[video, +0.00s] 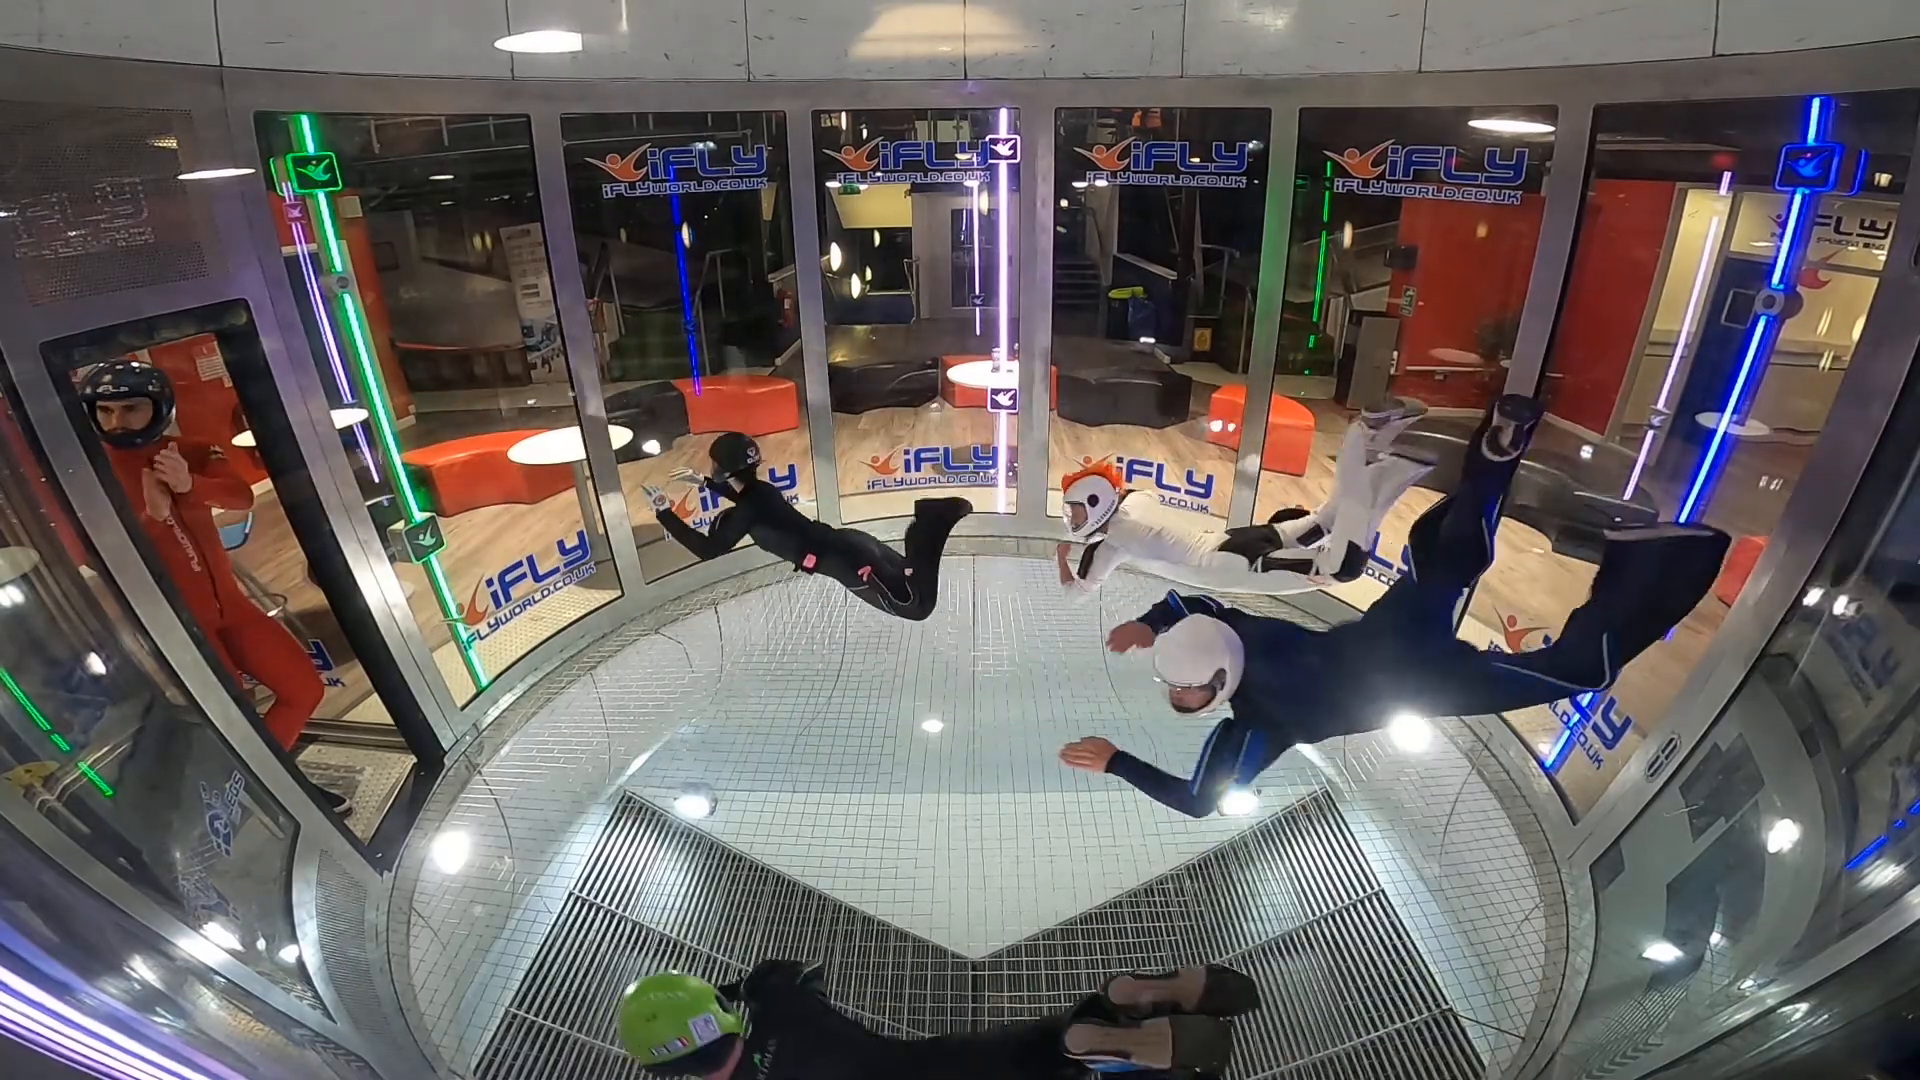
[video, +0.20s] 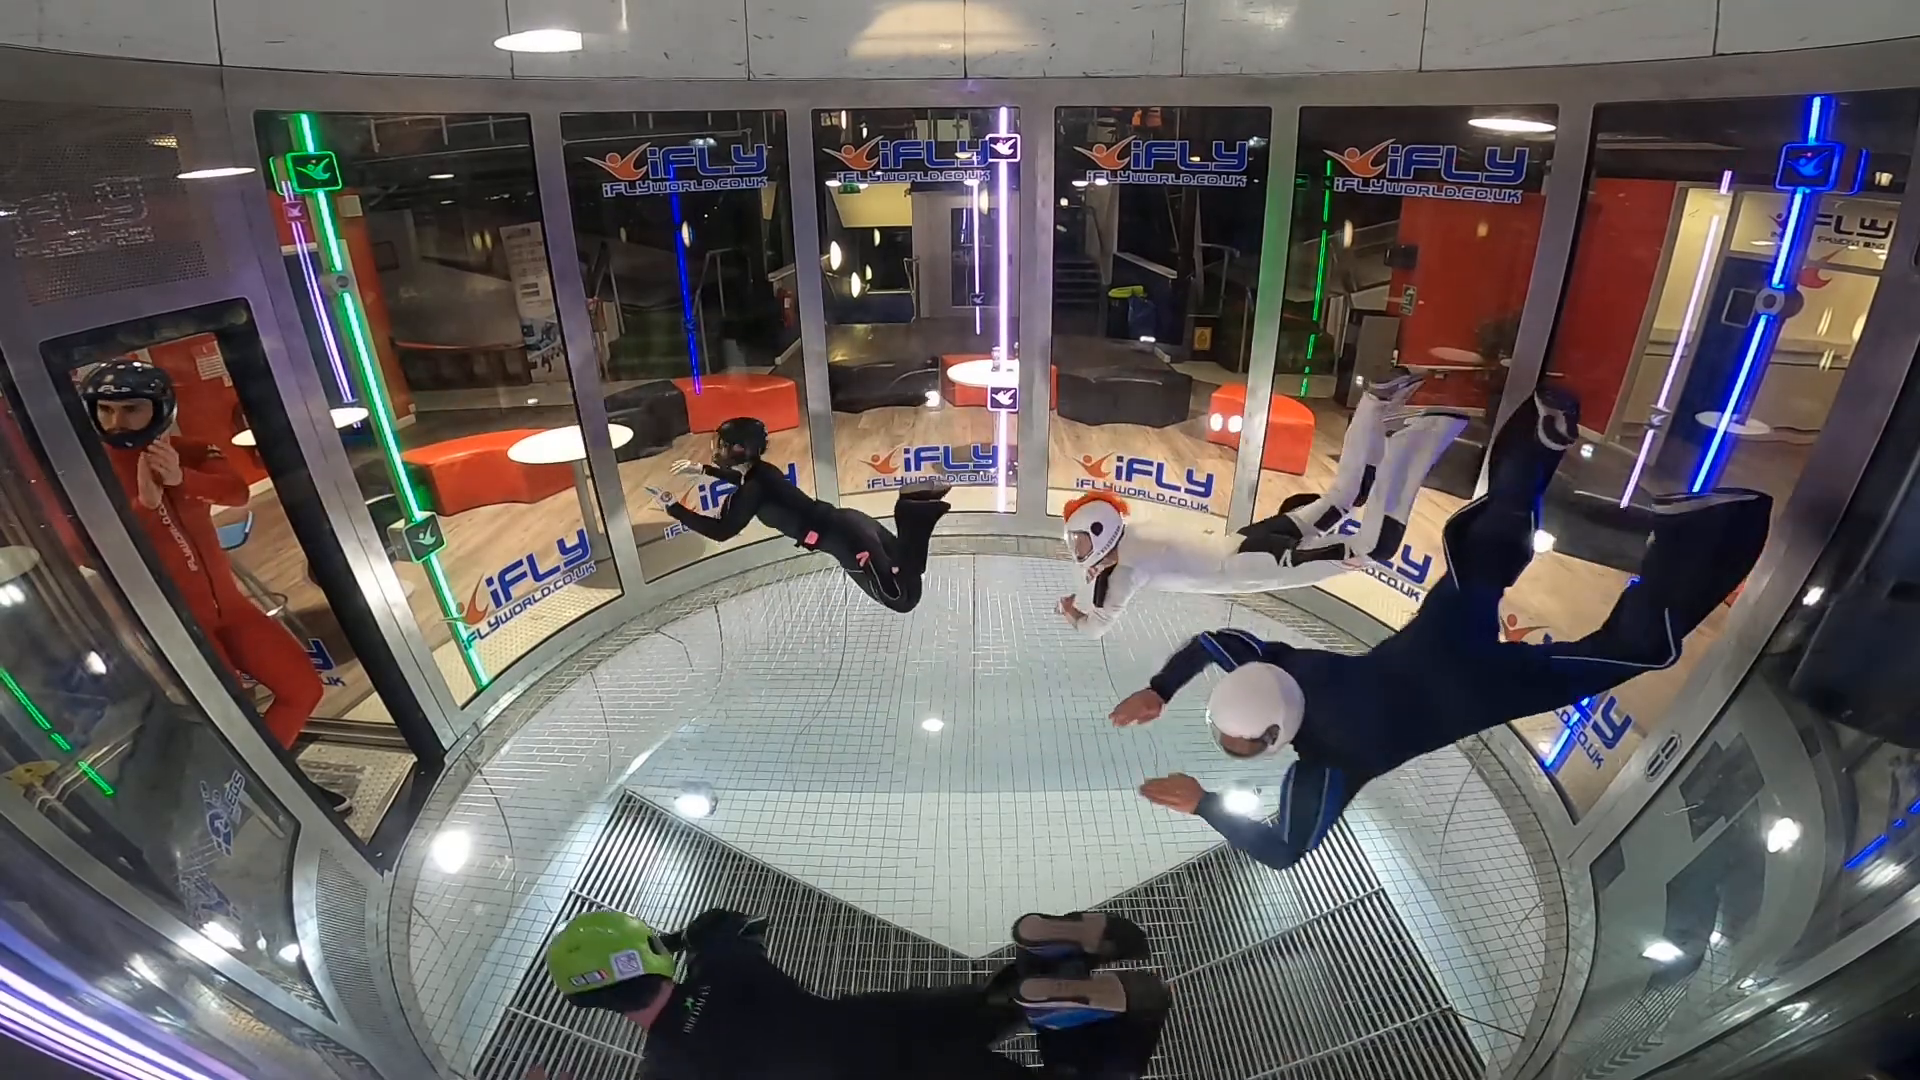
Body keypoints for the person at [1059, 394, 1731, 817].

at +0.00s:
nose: (1180, 697)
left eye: (1184, 691)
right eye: (1175, 687)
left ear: (1214, 686)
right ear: (1205, 657)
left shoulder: (1251, 725)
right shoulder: (1231, 628)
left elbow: (1197, 800)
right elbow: (1193, 608)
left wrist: (1120, 762)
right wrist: (1146, 625)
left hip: (1421, 681)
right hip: (1395, 624)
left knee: (1577, 665)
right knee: (1446, 549)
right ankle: (1504, 442)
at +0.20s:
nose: (1237, 748)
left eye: (1240, 742)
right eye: (1231, 732)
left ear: (1269, 742)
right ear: (1261, 690)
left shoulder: (1324, 769)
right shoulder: (1271, 663)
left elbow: (1282, 849)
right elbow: (1207, 643)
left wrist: (1204, 804)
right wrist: (1154, 693)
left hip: (1482, 693)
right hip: (1437, 634)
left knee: (1629, 650)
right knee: (1482, 547)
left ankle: (1694, 537)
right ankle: (1543, 438)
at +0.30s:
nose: (1254, 771)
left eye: (1257, 770)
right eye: (1249, 765)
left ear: (1291, 768)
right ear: (1284, 714)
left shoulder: (1357, 789)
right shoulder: (1292, 694)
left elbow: (1335, 878)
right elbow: (1219, 681)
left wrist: (1246, 833)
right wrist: (1178, 729)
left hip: (1509, 704)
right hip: (1454, 650)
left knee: (1653, 656)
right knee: (1491, 557)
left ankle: (1704, 540)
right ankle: (1562, 455)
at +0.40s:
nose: (1264, 800)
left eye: (1270, 799)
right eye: (1258, 793)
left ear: (1310, 799)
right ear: (1293, 740)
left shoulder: (1385, 816)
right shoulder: (1306, 729)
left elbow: (1374, 911)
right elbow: (1234, 723)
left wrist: (1285, 862)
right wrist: (1198, 773)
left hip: (1519, 732)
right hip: (1457, 683)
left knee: (1660, 681)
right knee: (1500, 584)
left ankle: (1739, 559)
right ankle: (1571, 468)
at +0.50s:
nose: (1271, 834)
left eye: (1280, 832)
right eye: (1265, 823)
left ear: (1321, 831)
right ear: (1307, 773)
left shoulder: (1402, 845)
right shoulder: (1318, 762)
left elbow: (1417, 940)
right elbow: (1242, 765)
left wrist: (1303, 929)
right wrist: (1205, 818)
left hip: (1542, 746)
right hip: (1471, 694)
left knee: (1690, 694)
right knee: (1509, 604)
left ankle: (1718, 582)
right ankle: (1585, 486)